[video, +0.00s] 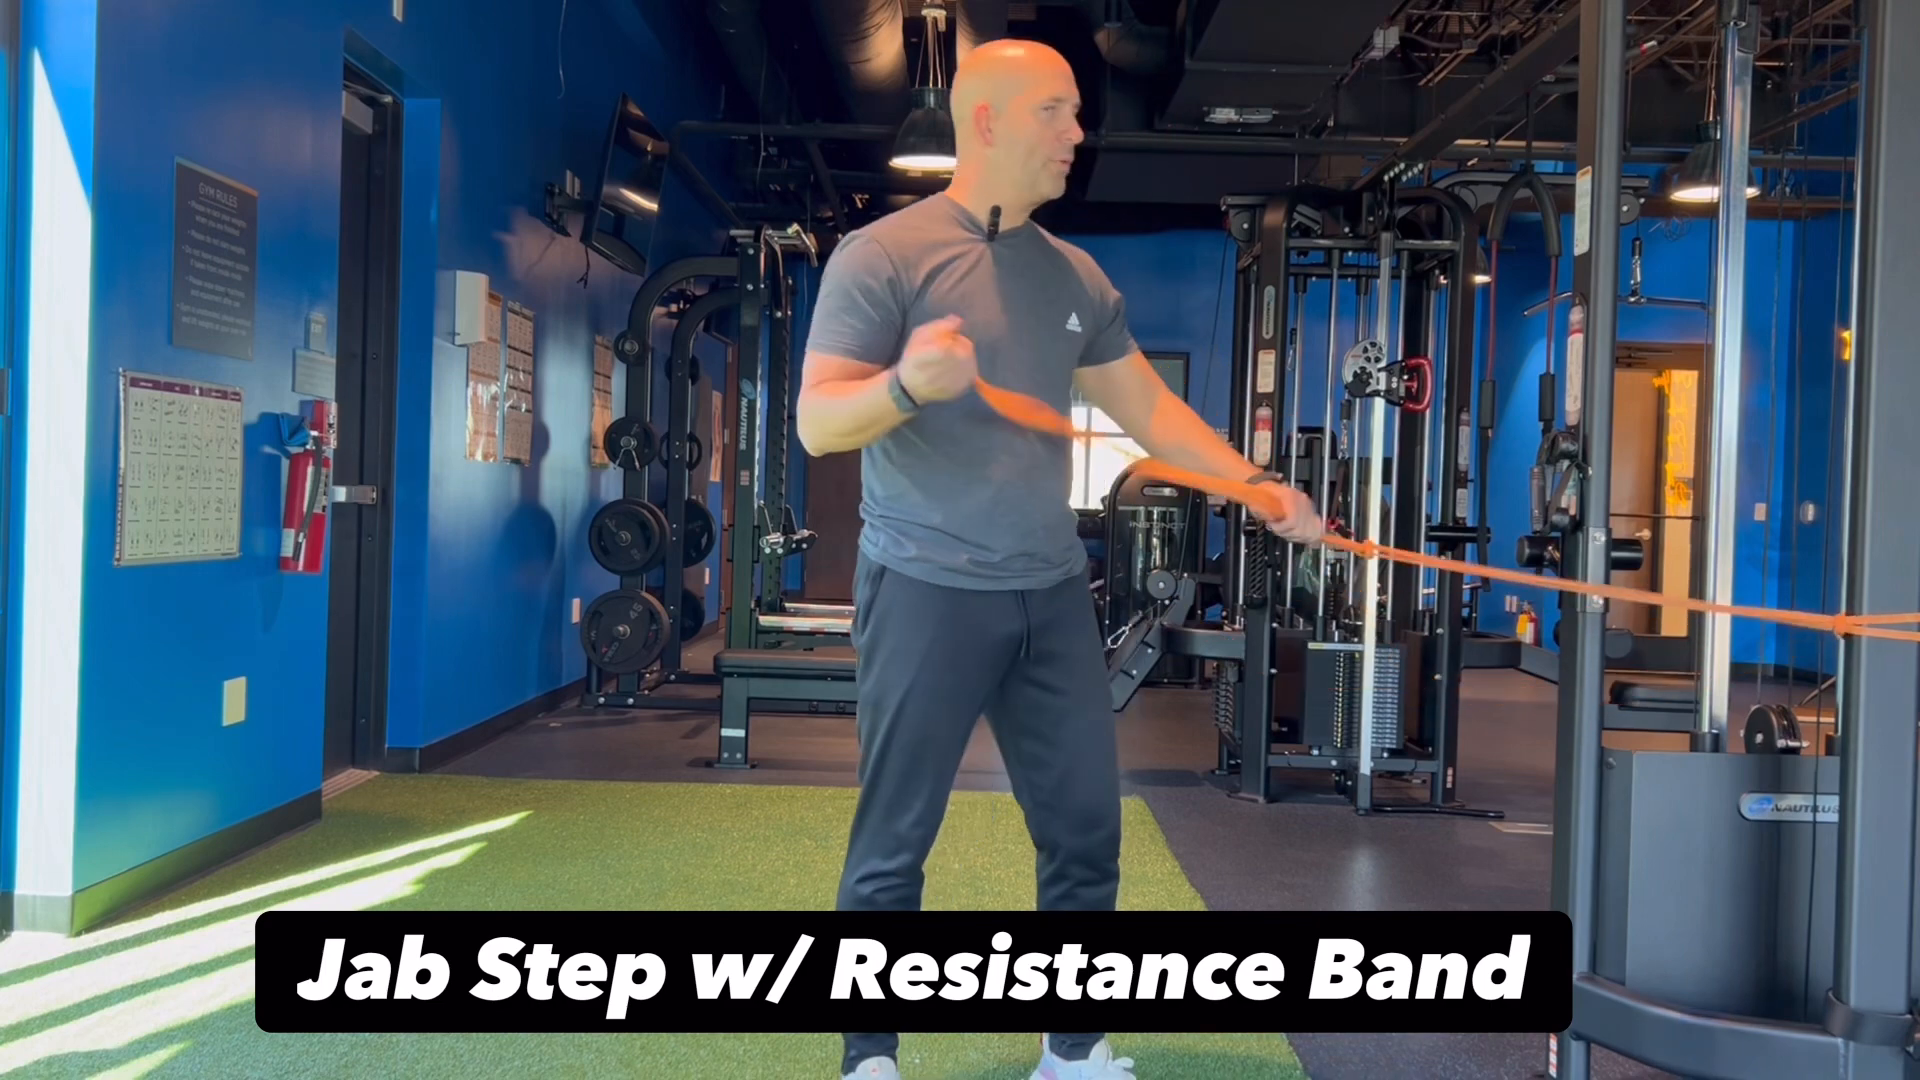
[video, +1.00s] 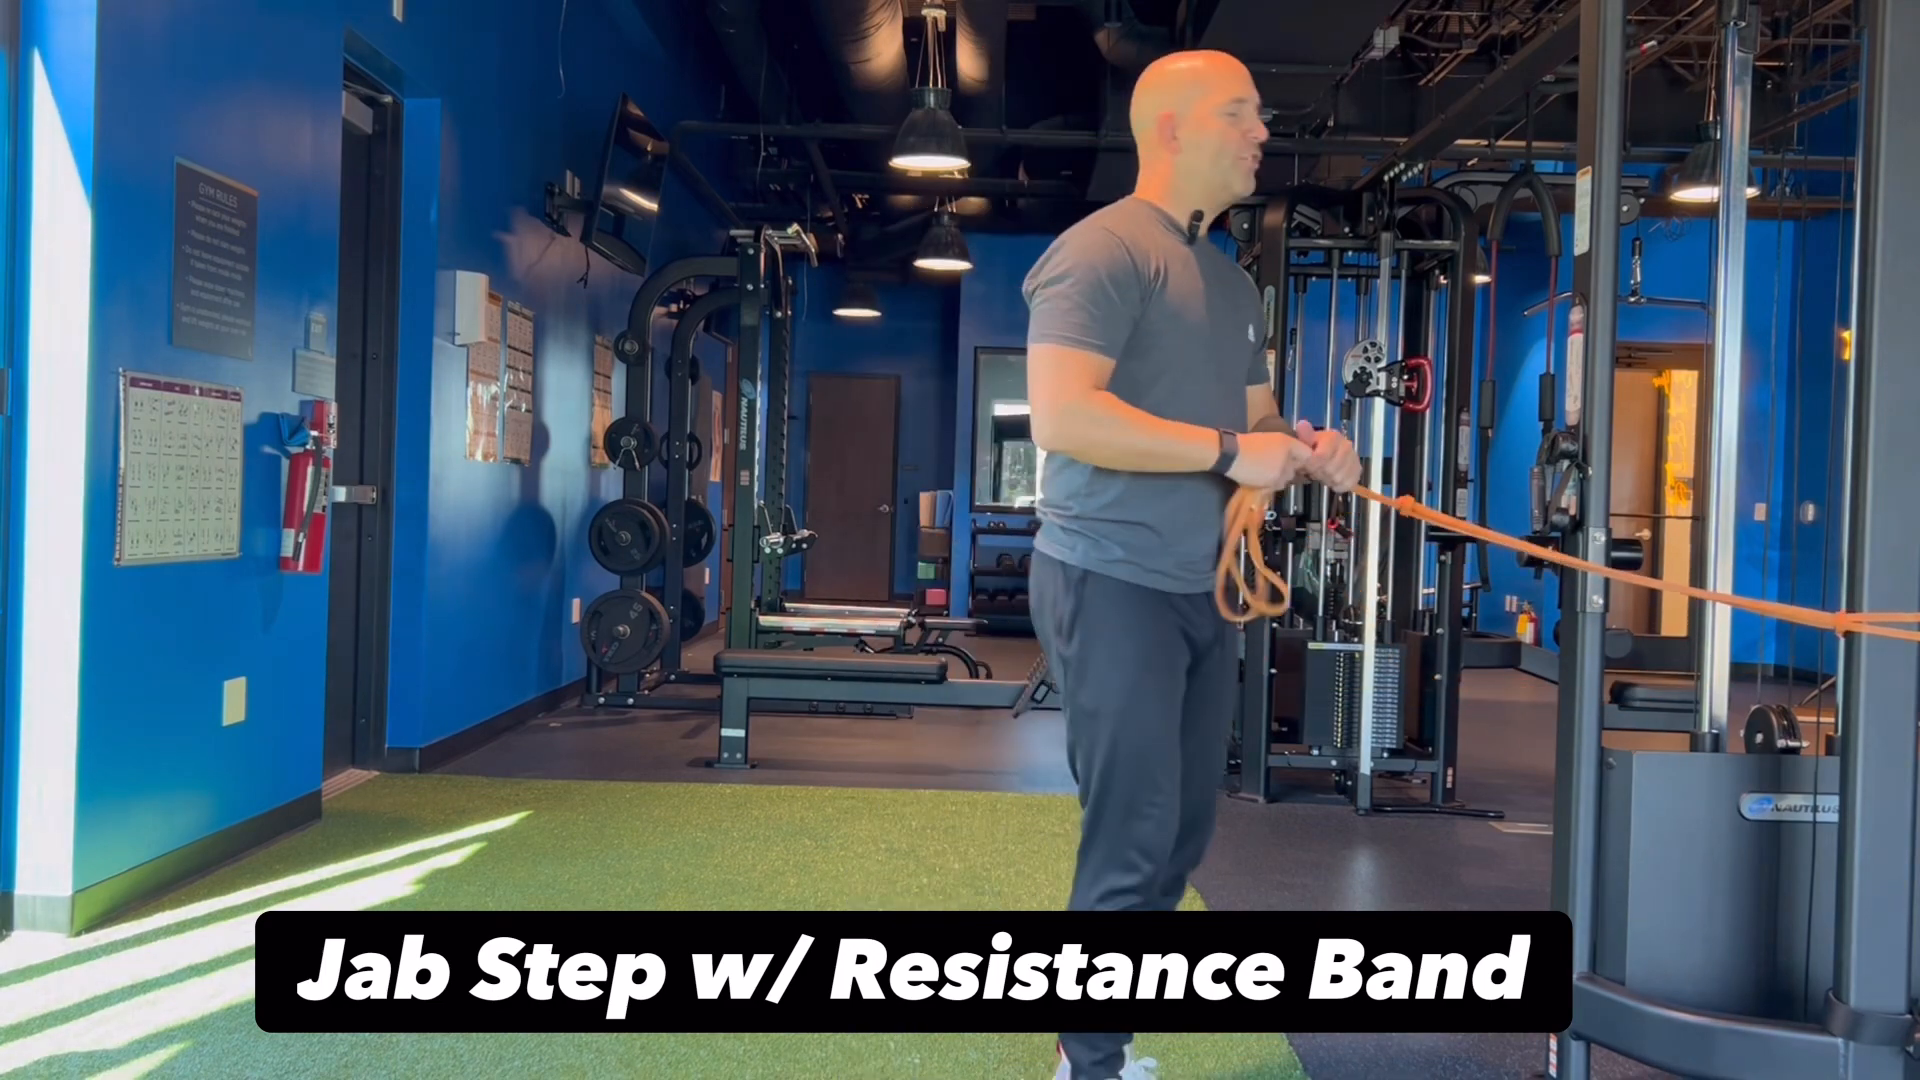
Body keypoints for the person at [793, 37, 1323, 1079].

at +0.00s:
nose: (1079, 134)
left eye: (1077, 115)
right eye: (1059, 114)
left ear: (1025, 130)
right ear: (986, 126)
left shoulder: (1073, 276)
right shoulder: (879, 256)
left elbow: (1147, 408)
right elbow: (820, 424)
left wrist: (1257, 488)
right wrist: (905, 387)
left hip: (1052, 587)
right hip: (927, 585)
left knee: (1084, 830)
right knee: (895, 837)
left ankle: (1071, 1051)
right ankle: (870, 1055)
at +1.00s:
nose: (1264, 133)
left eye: (1261, 115)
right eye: (1242, 114)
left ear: (1200, 137)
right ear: (1173, 131)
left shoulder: (1232, 282)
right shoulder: (1100, 246)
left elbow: (1233, 429)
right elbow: (1060, 417)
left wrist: (1296, 451)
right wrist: (1236, 455)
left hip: (1202, 588)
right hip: (1109, 581)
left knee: (1179, 839)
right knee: (1132, 838)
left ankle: (1099, 1042)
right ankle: (1091, 1059)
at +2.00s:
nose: (1486, 199)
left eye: (1491, 180)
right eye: (1475, 175)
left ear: (1414, 175)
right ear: (1403, 167)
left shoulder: (1461, 312)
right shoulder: (1254, 262)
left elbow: (1535, 439)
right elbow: (1157, 392)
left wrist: (1637, 527)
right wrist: (1220, 416)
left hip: (1379, 606)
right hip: (1241, 597)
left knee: (1354, 848)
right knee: (1198, 833)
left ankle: (1330, 1043)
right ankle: (1164, 1041)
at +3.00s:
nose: (1488, 193)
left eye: (1492, 173)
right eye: (1475, 170)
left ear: (1421, 173)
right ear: (1401, 166)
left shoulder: (1468, 309)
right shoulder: (1254, 263)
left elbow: (1551, 443)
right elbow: (1163, 395)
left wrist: (1669, 531)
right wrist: (1238, 433)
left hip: (1391, 603)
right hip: (1248, 592)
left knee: (1363, 848)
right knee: (1202, 834)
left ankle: (1333, 1045)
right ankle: (1161, 1043)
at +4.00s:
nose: (1413, 208)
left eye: (1435, 190)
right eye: (1398, 180)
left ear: (1453, 192)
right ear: (1352, 164)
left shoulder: (1456, 313)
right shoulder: (1249, 263)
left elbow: (1492, 446)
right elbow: (1150, 396)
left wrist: (1468, 453)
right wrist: (1221, 417)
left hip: (1371, 606)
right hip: (1232, 590)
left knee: (1354, 844)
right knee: (1183, 806)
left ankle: (1336, 1045)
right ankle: (1094, 1017)